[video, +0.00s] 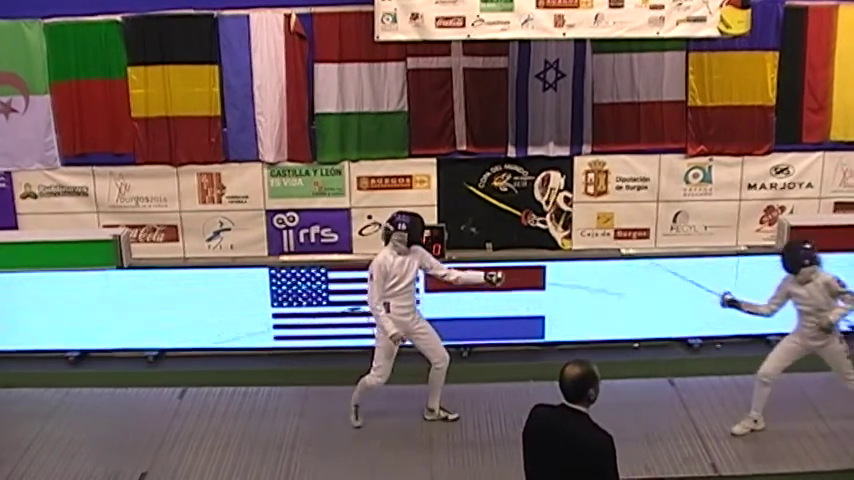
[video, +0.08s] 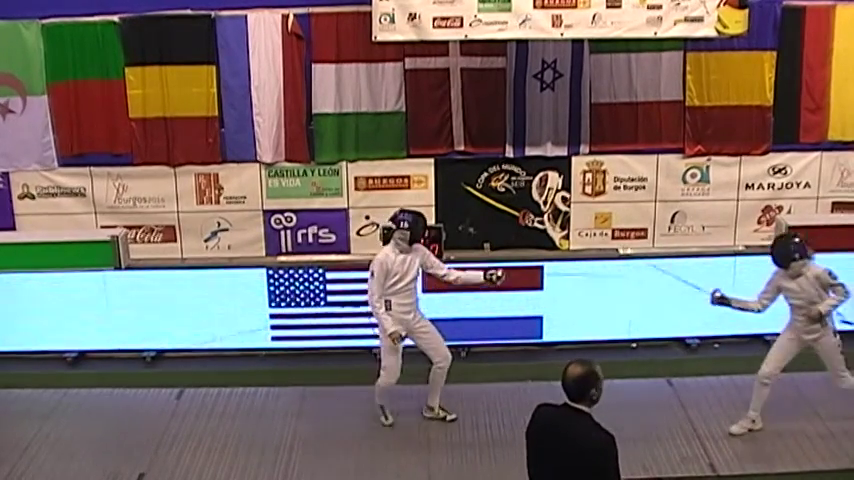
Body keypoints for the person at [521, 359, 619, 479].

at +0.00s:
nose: (599, 388)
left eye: (598, 384)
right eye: (597, 385)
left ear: (562, 387)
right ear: (592, 393)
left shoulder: (538, 415)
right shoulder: (602, 441)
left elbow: (531, 469)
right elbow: (610, 475)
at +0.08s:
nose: (602, 388)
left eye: (600, 384)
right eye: (600, 385)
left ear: (565, 387)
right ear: (594, 394)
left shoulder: (541, 414)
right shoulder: (604, 441)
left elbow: (534, 469)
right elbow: (612, 474)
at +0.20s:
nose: (606, 387)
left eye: (605, 382)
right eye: (604, 384)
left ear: (569, 386)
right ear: (598, 392)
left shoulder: (545, 414)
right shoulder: (608, 440)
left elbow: (538, 470)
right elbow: (615, 475)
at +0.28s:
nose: (605, 386)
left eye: (604, 382)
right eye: (603, 383)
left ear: (569, 386)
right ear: (598, 391)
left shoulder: (545, 414)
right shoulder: (608, 438)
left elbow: (538, 470)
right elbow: (615, 475)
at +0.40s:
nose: (608, 384)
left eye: (606, 379)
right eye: (606, 380)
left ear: (572, 383)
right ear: (600, 388)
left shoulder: (549, 412)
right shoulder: (613, 434)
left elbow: (541, 470)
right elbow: (620, 474)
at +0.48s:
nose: (611, 380)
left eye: (609, 376)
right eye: (609, 377)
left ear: (575, 381)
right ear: (603, 385)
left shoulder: (553, 411)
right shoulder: (616, 431)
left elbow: (546, 467)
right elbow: (625, 474)